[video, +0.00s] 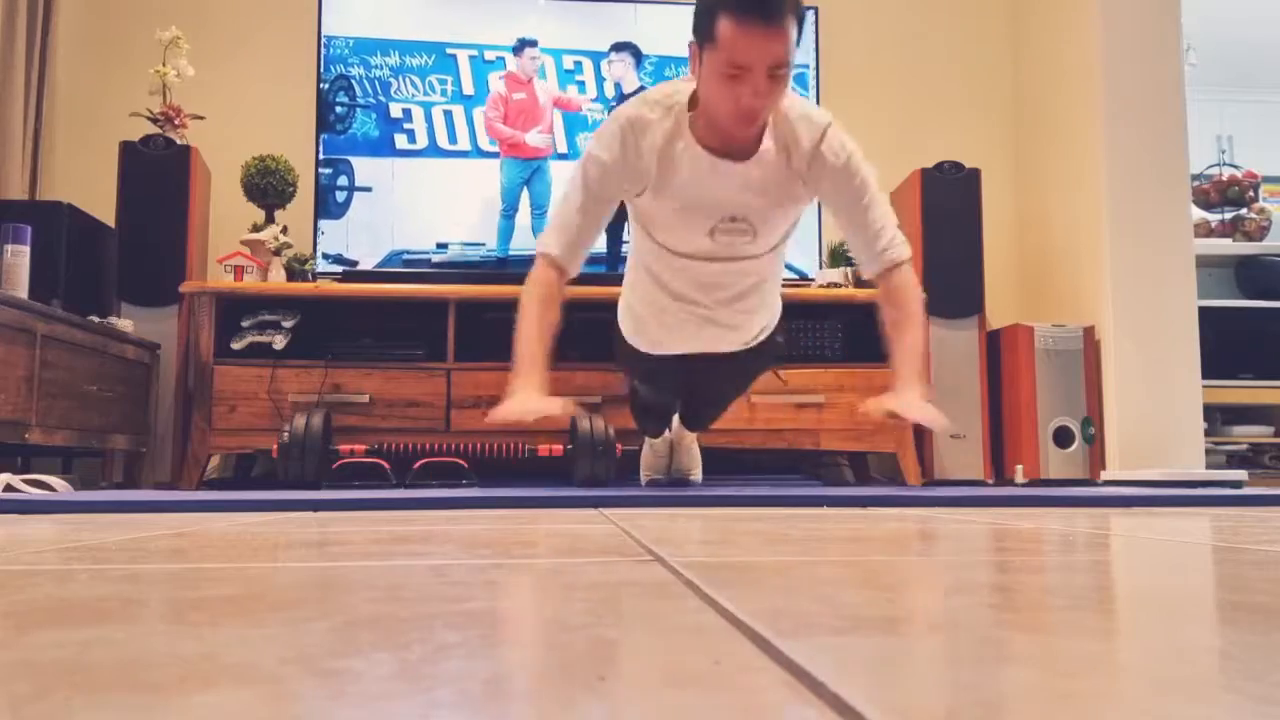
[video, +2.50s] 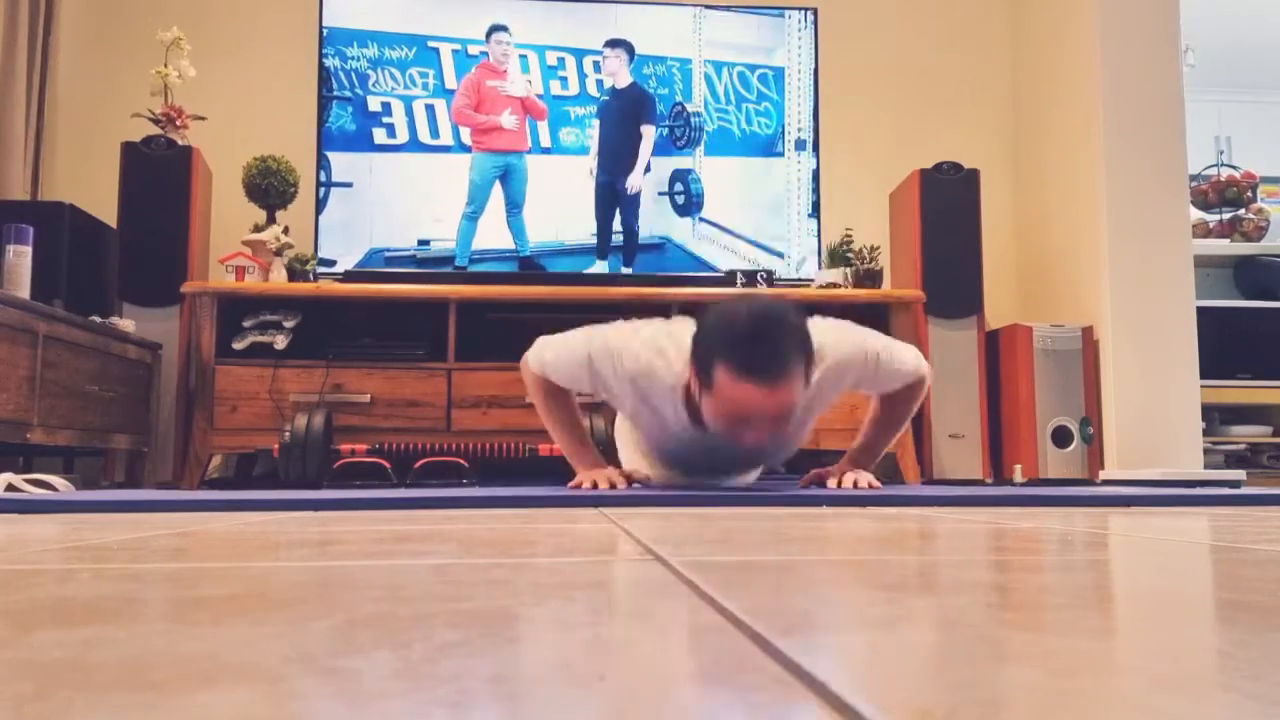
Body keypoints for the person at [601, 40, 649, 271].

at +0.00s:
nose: (608, 67)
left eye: (614, 62)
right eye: (609, 62)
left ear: (630, 64)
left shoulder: (650, 101)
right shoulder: (615, 102)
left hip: (644, 177)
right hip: (616, 177)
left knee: (644, 231)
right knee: (613, 231)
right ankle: (611, 273)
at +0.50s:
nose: (615, 65)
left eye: (620, 60)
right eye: (613, 60)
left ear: (635, 62)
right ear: (614, 63)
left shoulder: (656, 101)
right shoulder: (620, 101)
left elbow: (661, 143)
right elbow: (612, 138)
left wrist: (650, 179)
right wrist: (608, 167)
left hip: (642, 180)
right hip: (618, 178)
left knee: (642, 235)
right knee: (617, 232)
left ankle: (643, 279)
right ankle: (615, 276)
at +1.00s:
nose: (615, 65)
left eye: (621, 60)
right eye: (614, 60)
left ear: (635, 63)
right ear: (616, 63)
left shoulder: (656, 101)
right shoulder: (620, 101)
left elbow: (661, 143)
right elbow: (613, 137)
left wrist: (650, 178)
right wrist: (608, 164)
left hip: (641, 176)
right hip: (618, 175)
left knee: (642, 230)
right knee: (616, 229)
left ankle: (642, 275)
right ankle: (614, 271)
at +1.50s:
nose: (606, 63)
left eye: (612, 58)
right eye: (606, 58)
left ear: (627, 61)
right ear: (610, 61)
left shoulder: (645, 97)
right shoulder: (611, 99)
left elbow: (653, 135)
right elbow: (603, 134)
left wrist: (646, 164)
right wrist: (600, 163)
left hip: (637, 166)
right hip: (612, 166)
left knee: (633, 218)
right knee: (607, 216)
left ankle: (634, 262)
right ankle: (605, 261)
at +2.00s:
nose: (602, 61)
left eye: (608, 57)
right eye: (602, 57)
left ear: (623, 59)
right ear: (605, 59)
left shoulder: (642, 97)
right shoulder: (606, 97)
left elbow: (647, 137)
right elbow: (597, 131)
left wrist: (636, 172)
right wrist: (593, 157)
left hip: (628, 171)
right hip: (604, 169)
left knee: (628, 223)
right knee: (602, 219)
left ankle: (627, 267)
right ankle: (601, 262)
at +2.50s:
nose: (603, 62)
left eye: (608, 58)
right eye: (603, 58)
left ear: (623, 61)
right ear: (608, 61)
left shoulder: (643, 97)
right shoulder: (605, 97)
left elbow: (648, 137)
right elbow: (599, 131)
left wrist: (638, 172)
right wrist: (593, 157)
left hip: (629, 171)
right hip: (605, 169)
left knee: (629, 222)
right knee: (603, 219)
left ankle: (627, 267)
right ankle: (601, 261)